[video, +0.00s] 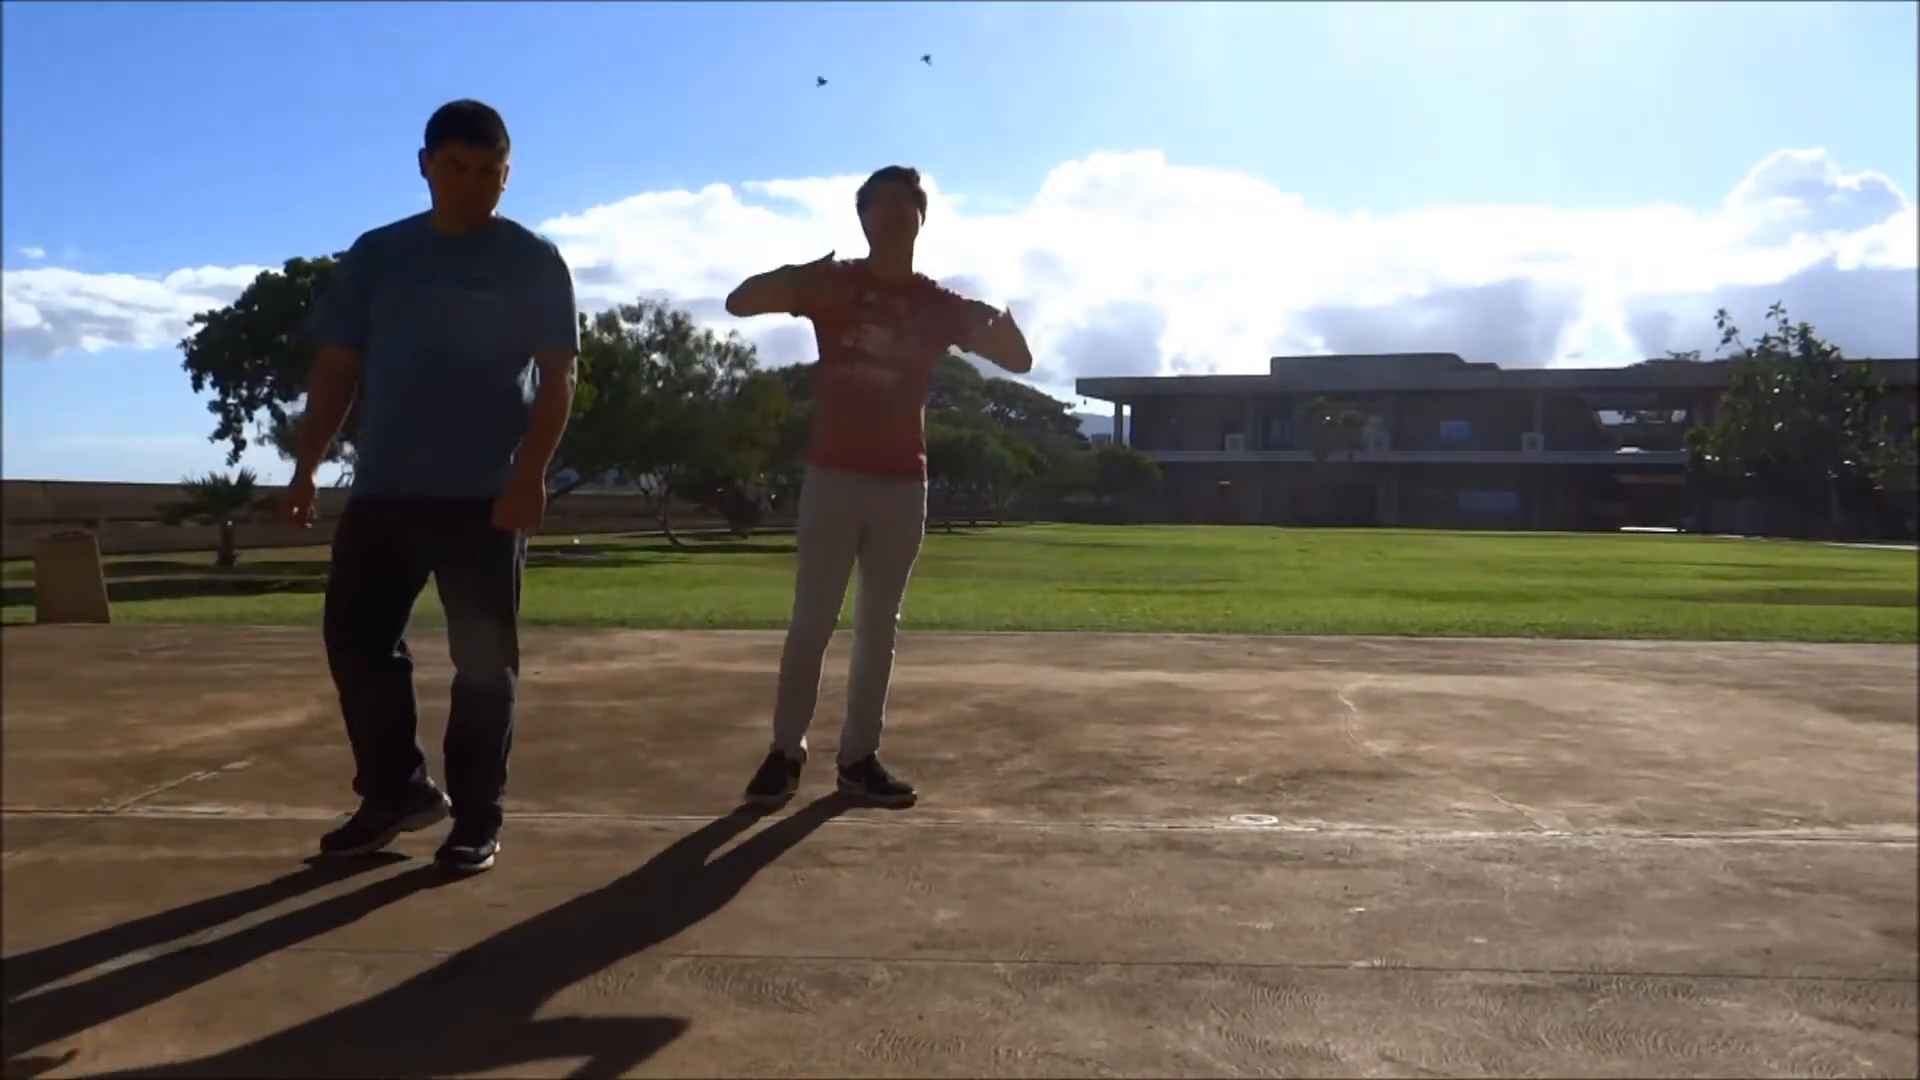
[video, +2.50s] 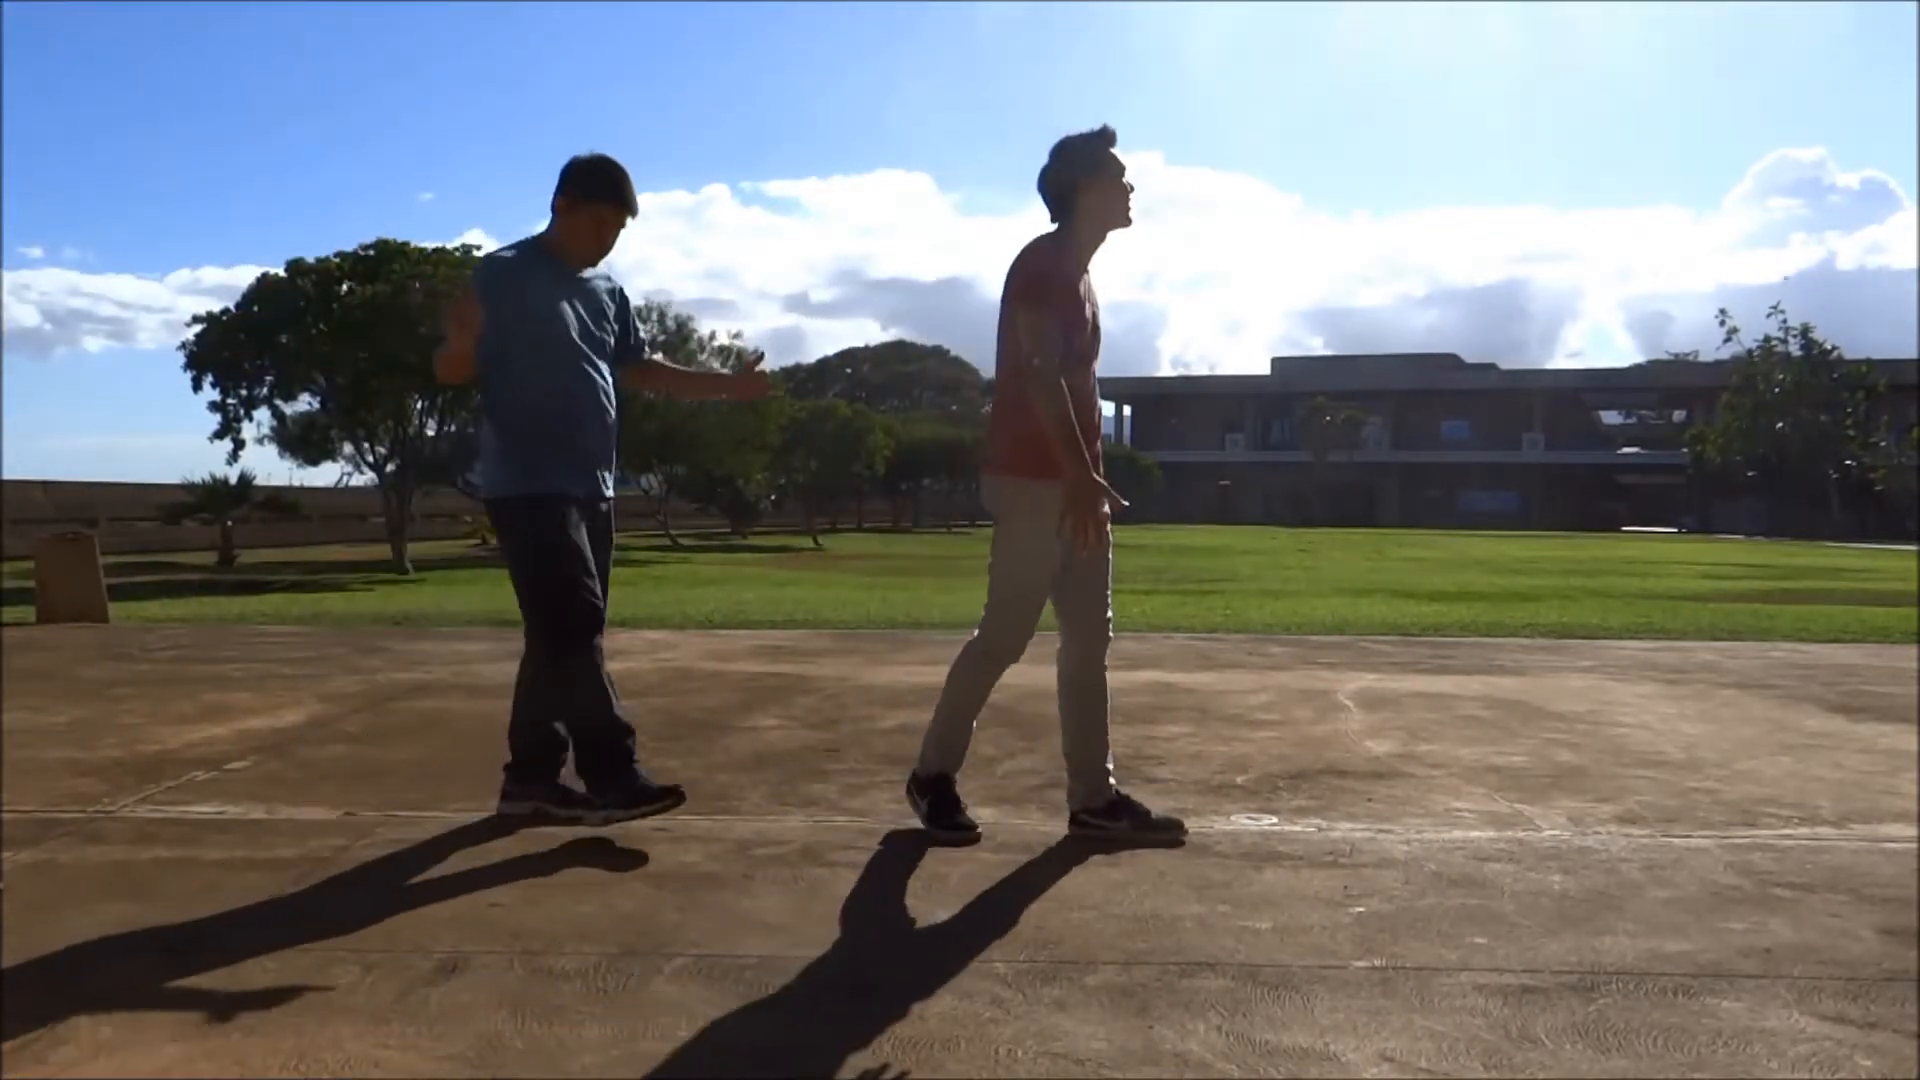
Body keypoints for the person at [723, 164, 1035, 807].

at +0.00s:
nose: (897, 217)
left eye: (907, 207)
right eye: (885, 207)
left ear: (922, 217)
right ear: (863, 218)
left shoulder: (939, 303)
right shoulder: (832, 285)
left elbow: (1018, 360)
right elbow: (740, 302)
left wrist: (1001, 321)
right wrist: (807, 275)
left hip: (901, 484)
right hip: (831, 477)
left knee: (879, 629)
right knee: (810, 623)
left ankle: (859, 761)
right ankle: (786, 754)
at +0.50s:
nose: (933, 209)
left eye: (931, 199)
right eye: (918, 200)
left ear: (925, 214)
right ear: (878, 215)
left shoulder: (952, 300)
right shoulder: (841, 293)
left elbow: (979, 393)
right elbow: (796, 387)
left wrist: (981, 468)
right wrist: (828, 466)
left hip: (930, 484)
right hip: (863, 481)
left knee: (893, 622)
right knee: (889, 621)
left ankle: (857, 756)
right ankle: (904, 763)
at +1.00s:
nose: (968, 193)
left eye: (964, 182)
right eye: (955, 183)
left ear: (936, 198)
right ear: (915, 196)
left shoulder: (971, 283)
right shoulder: (864, 283)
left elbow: (1007, 376)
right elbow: (821, 388)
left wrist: (1056, 456)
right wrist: (807, 487)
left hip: (960, 477)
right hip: (899, 477)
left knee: (932, 626)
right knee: (920, 624)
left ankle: (868, 738)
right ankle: (920, 784)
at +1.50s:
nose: (999, 188)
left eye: (995, 175)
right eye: (984, 176)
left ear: (969, 191)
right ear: (939, 190)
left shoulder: (987, 282)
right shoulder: (892, 275)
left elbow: (998, 392)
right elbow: (859, 390)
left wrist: (1028, 485)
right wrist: (873, 487)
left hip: (994, 486)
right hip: (929, 489)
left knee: (1020, 624)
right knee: (934, 640)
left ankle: (944, 745)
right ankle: (924, 789)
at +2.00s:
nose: (1048, 188)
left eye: (1043, 175)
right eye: (1035, 176)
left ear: (1011, 191)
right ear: (996, 191)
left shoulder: (1005, 285)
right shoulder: (951, 271)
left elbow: (1001, 391)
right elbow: (941, 388)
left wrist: (1018, 474)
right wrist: (994, 471)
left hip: (1007, 478)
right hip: (956, 481)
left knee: (1046, 630)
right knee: (953, 638)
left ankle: (1081, 787)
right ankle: (926, 791)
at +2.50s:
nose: (1130, 185)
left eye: (1125, 175)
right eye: (1117, 175)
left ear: (1091, 192)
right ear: (1082, 190)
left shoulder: (1076, 279)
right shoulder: (1043, 264)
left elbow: (1076, 388)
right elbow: (1043, 375)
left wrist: (1095, 480)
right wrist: (1079, 477)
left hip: (1078, 480)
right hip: (1032, 479)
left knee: (1087, 642)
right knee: (1006, 633)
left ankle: (1093, 799)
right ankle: (932, 776)